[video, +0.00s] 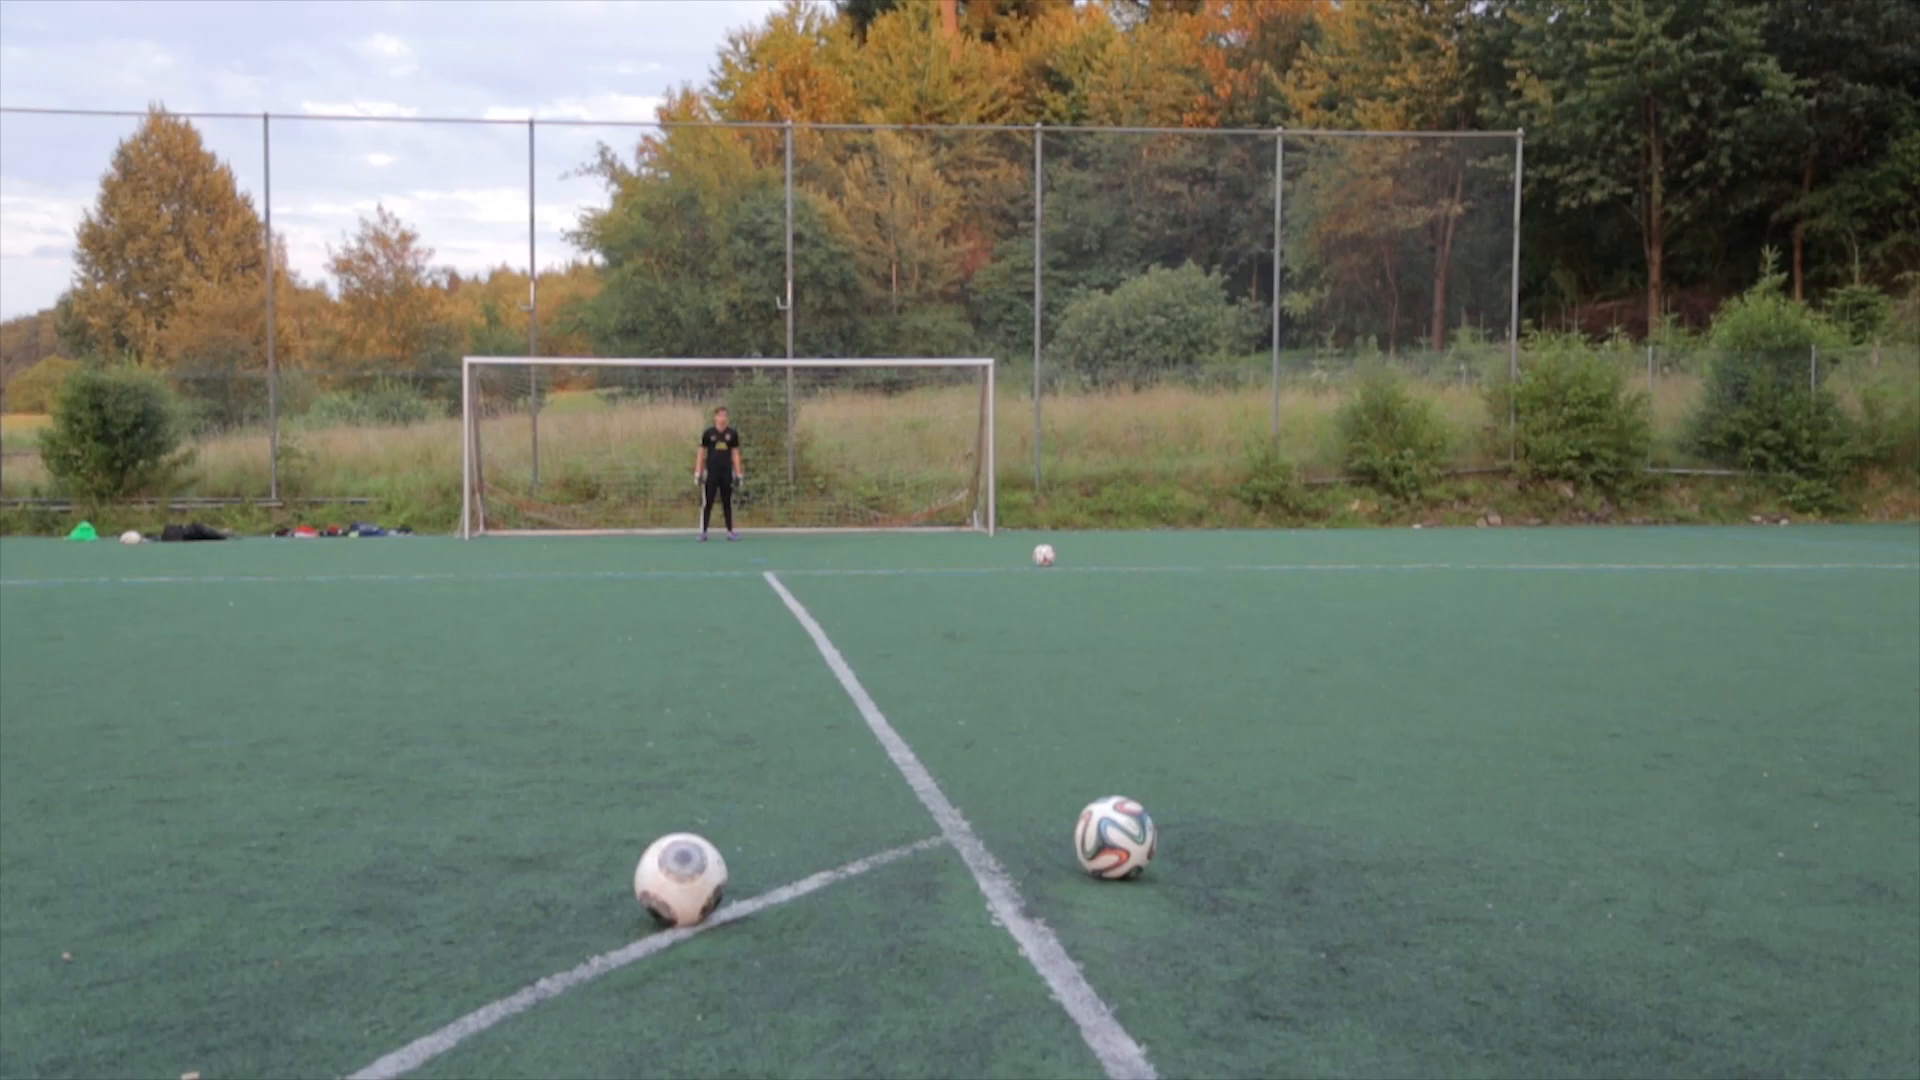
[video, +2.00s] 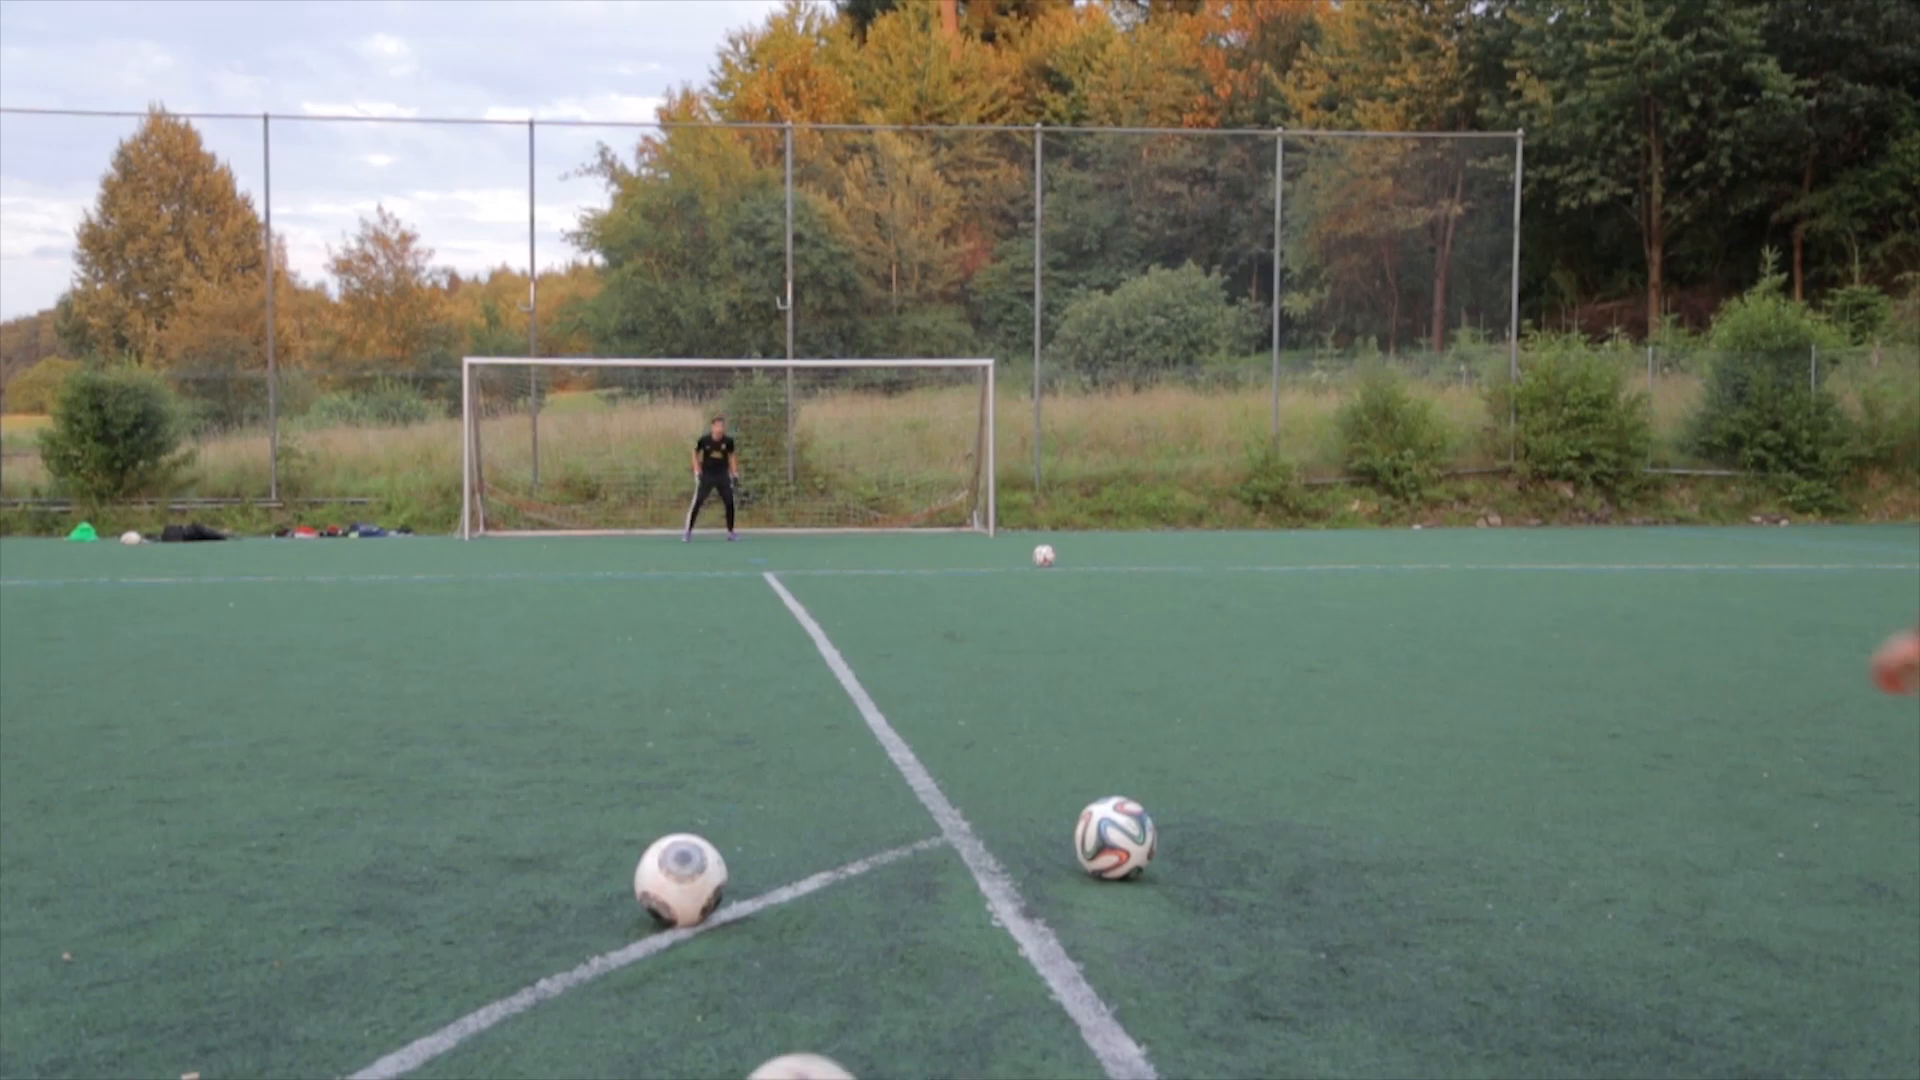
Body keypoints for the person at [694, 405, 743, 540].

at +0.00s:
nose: (723, 419)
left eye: (725, 416)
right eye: (720, 416)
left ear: (728, 418)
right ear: (715, 418)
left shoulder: (732, 434)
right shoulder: (708, 433)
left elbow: (735, 453)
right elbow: (702, 452)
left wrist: (738, 472)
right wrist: (698, 471)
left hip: (726, 473)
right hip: (711, 473)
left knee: (727, 503)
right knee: (708, 503)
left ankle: (730, 530)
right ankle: (703, 530)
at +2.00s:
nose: (718, 429)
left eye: (720, 426)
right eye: (716, 426)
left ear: (724, 428)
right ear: (712, 427)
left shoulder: (728, 442)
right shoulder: (704, 441)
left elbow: (731, 456)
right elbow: (695, 453)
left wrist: (734, 471)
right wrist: (697, 469)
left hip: (723, 476)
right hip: (706, 476)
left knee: (729, 503)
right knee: (697, 502)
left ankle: (730, 530)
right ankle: (688, 531)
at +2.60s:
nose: (726, 446)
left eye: (728, 443)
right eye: (723, 443)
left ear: (731, 444)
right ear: (719, 444)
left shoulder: (736, 457)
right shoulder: (712, 457)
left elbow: (741, 473)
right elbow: (704, 472)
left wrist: (743, 488)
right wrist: (700, 488)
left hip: (731, 486)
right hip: (714, 485)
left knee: (739, 507)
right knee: (704, 507)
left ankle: (747, 532)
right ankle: (699, 534)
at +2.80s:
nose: (737, 442)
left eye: (739, 439)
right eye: (735, 439)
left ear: (743, 439)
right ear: (731, 439)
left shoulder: (750, 450)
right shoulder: (725, 451)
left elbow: (755, 464)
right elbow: (717, 465)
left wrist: (758, 478)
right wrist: (713, 482)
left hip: (746, 482)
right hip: (730, 481)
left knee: (749, 506)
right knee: (717, 505)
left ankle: (749, 532)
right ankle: (705, 532)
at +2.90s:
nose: (743, 438)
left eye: (745, 435)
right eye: (741, 436)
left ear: (748, 435)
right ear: (736, 435)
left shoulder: (756, 445)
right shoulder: (731, 447)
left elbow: (761, 457)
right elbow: (721, 459)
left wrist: (766, 469)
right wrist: (718, 477)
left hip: (753, 476)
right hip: (737, 476)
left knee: (760, 500)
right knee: (726, 500)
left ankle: (755, 529)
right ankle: (721, 527)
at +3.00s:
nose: (749, 437)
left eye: (751, 434)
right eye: (747, 434)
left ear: (754, 436)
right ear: (742, 435)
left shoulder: (762, 447)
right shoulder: (736, 449)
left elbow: (770, 459)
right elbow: (727, 461)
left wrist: (775, 472)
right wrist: (724, 478)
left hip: (759, 476)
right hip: (743, 476)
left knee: (770, 499)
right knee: (736, 499)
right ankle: (734, 527)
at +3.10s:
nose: (755, 447)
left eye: (757, 444)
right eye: (753, 444)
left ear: (760, 444)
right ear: (748, 445)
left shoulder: (768, 454)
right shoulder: (742, 457)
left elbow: (775, 468)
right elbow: (733, 468)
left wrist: (783, 482)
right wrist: (729, 484)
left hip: (765, 483)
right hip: (749, 484)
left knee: (779, 504)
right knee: (743, 505)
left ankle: (795, 530)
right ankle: (746, 532)